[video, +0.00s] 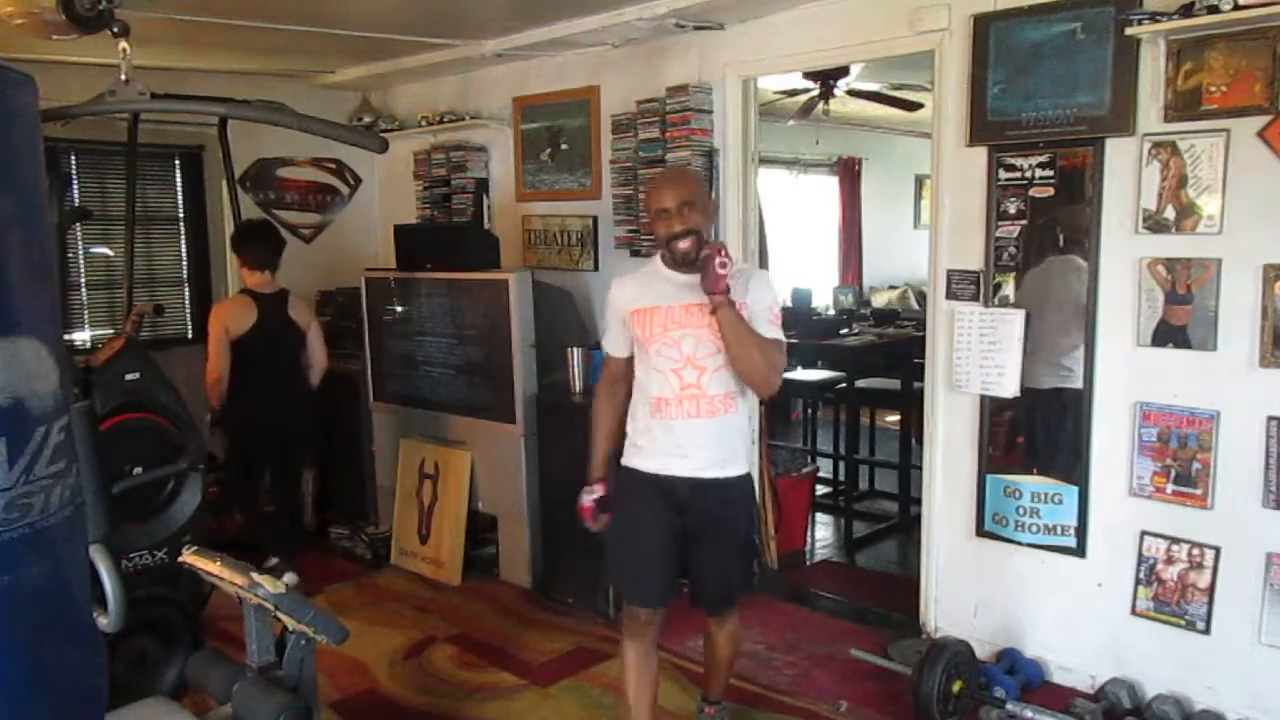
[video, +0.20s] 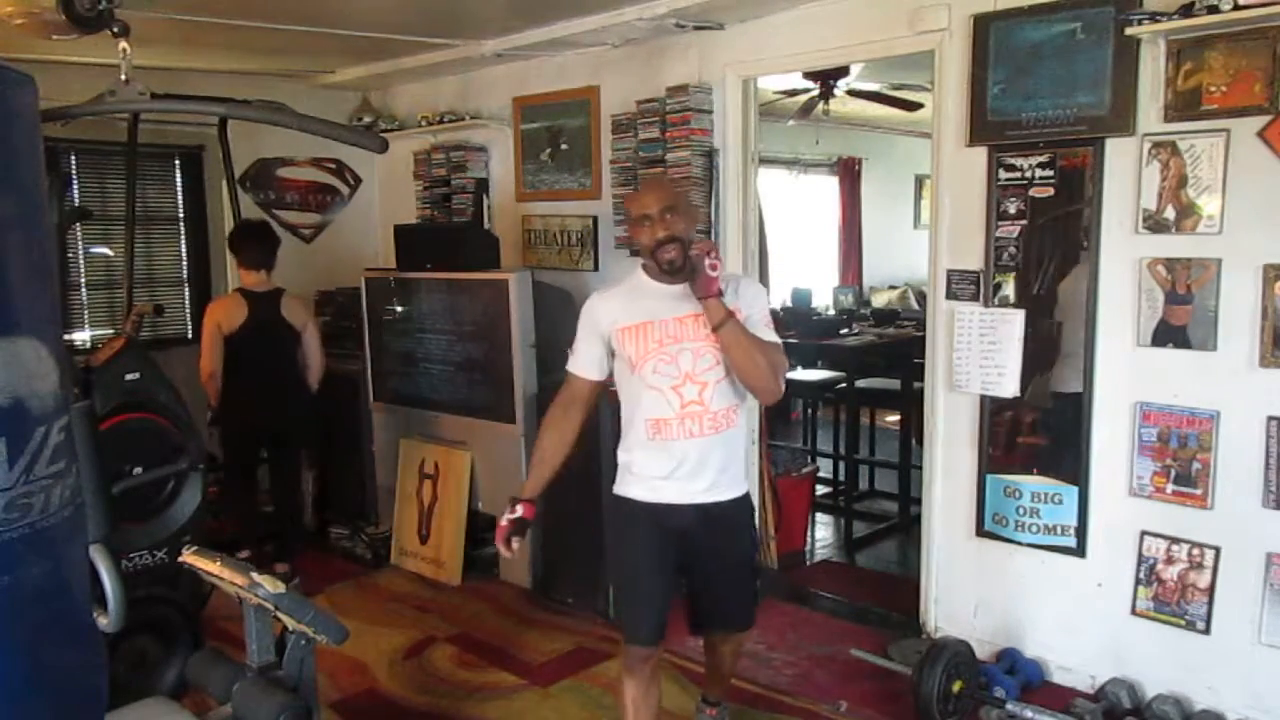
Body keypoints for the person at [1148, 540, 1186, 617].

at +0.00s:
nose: (1173, 554)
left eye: (1176, 552)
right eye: (1171, 551)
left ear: (1180, 553)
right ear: (1167, 551)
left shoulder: (1183, 567)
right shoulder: (1160, 565)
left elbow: (1181, 585)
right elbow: (1153, 580)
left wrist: (1174, 602)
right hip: (1159, 600)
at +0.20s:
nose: (1173, 554)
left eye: (1176, 552)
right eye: (1171, 551)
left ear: (1180, 553)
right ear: (1167, 551)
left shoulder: (1183, 567)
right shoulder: (1160, 565)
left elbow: (1181, 585)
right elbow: (1153, 580)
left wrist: (1174, 602)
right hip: (1159, 600)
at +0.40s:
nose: (1173, 554)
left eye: (1176, 552)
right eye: (1171, 551)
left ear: (1179, 553)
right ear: (1167, 551)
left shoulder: (1183, 567)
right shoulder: (1160, 565)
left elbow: (1182, 584)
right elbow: (1153, 580)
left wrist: (1174, 602)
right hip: (1159, 599)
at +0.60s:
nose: (1173, 554)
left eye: (1176, 552)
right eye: (1171, 551)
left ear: (1179, 553)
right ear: (1167, 551)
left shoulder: (1183, 567)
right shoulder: (1160, 565)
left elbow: (1182, 584)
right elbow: (1152, 580)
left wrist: (1174, 602)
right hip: (1159, 599)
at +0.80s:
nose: (1173, 554)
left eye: (1176, 552)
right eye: (1171, 551)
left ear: (1179, 553)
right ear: (1167, 552)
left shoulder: (1183, 567)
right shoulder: (1160, 565)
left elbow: (1182, 584)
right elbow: (1153, 580)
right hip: (1159, 599)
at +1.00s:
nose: (1173, 554)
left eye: (1176, 552)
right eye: (1171, 551)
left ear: (1179, 553)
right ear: (1167, 552)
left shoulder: (1181, 568)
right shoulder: (1160, 566)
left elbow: (1180, 586)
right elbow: (1153, 581)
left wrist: (1173, 603)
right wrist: (1151, 595)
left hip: (1173, 601)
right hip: (1160, 599)